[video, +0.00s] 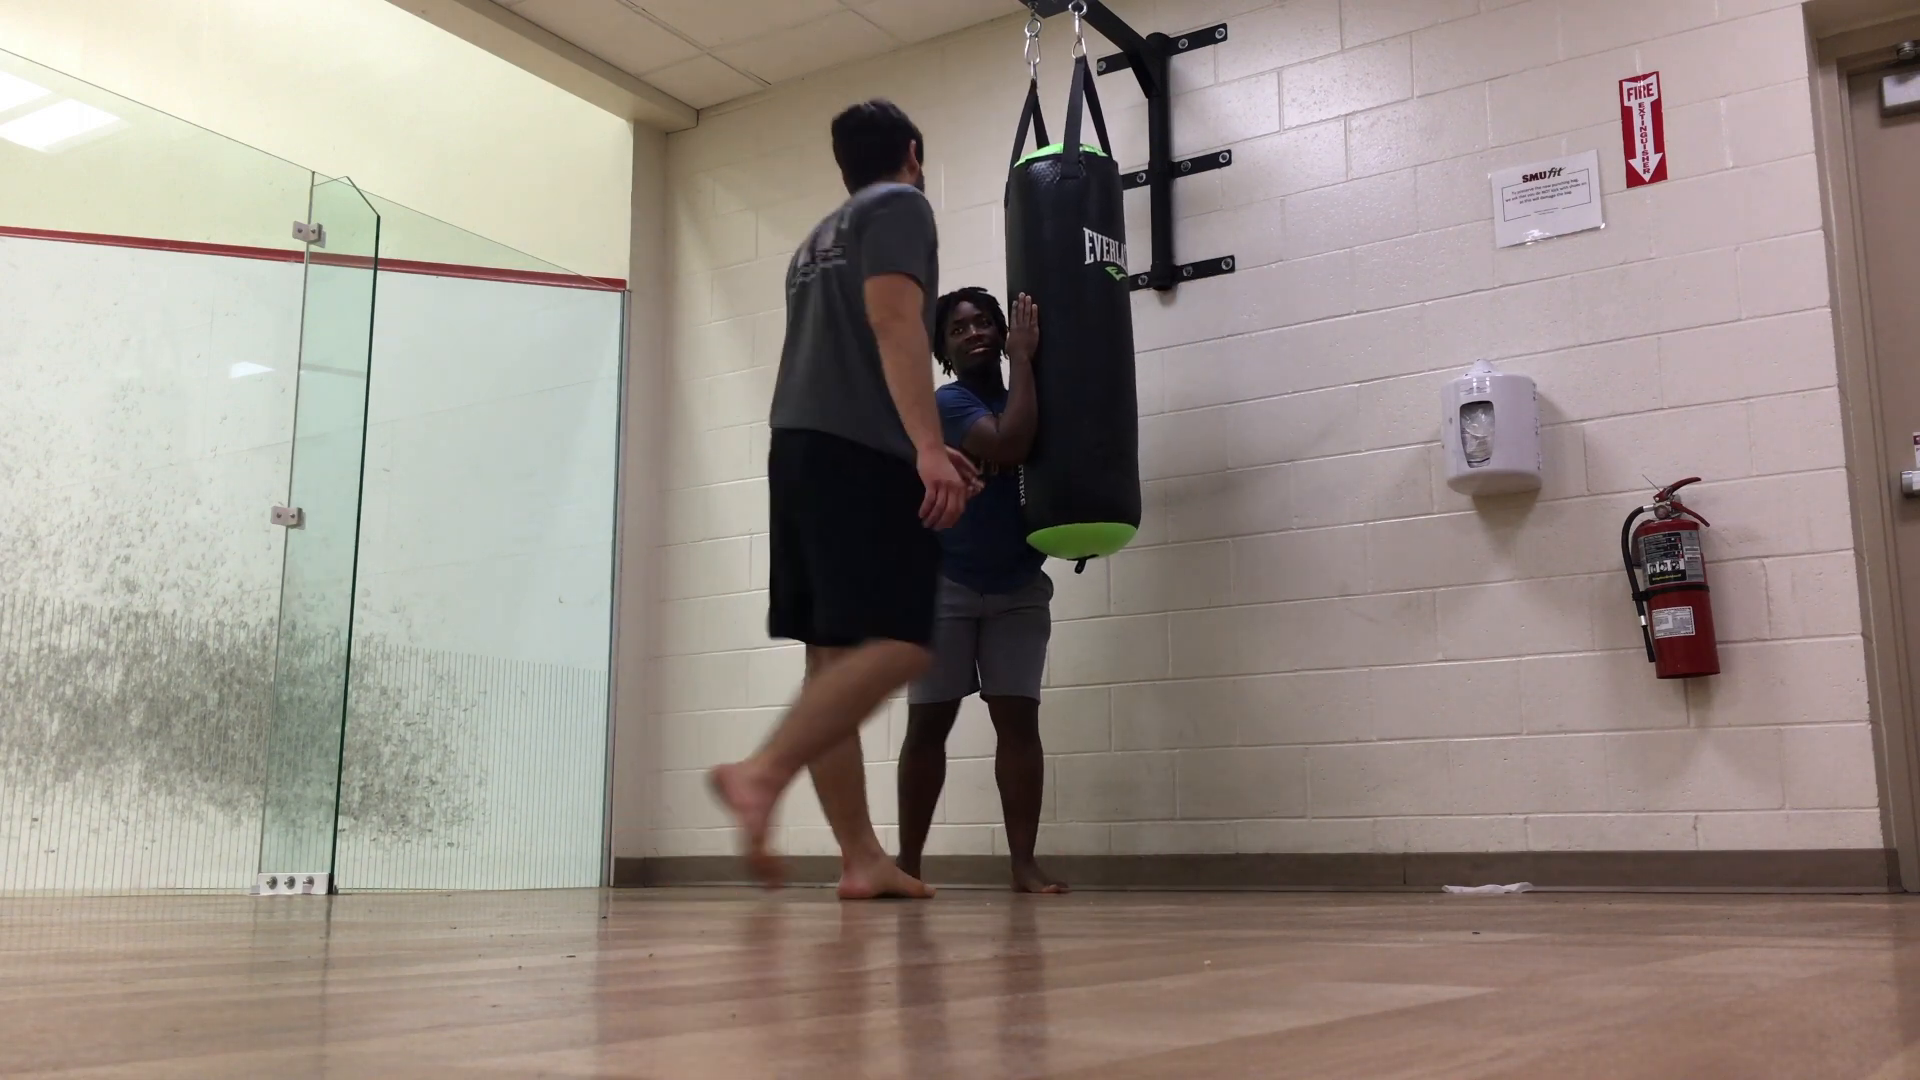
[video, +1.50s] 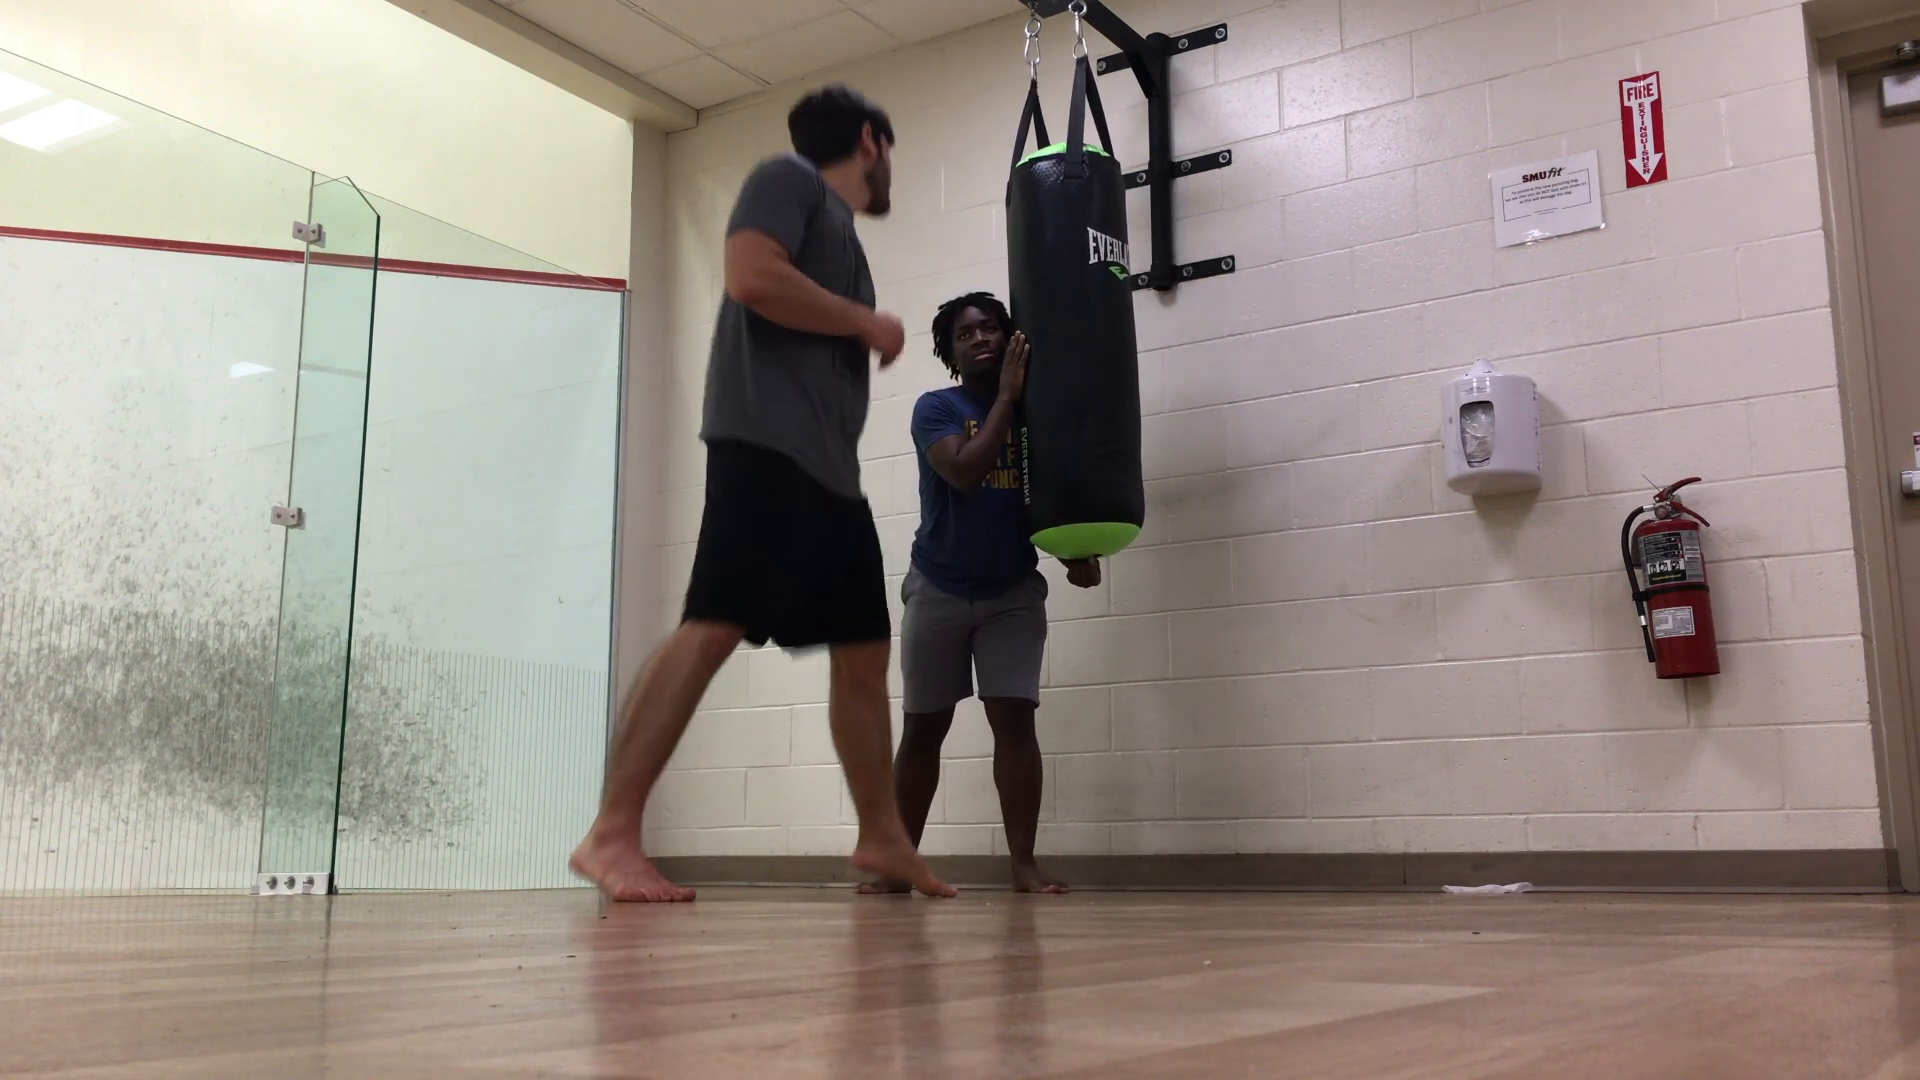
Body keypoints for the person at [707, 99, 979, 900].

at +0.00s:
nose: (923, 174)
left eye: (917, 164)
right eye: (922, 163)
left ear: (846, 168)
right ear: (911, 158)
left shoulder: (817, 237)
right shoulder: (897, 203)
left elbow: (817, 356)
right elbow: (893, 316)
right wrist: (930, 445)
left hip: (802, 450)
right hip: (863, 448)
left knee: (830, 653)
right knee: (903, 644)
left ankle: (863, 857)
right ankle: (756, 775)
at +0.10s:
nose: (935, 180)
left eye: (933, 169)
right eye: (934, 169)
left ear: (857, 175)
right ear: (924, 164)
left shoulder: (818, 249)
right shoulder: (915, 211)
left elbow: (797, 353)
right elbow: (909, 316)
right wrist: (949, 445)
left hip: (812, 463)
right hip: (888, 460)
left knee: (837, 651)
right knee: (945, 649)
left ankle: (860, 861)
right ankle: (840, 776)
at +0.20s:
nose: (950, 192)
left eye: (947, 181)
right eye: (949, 181)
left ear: (871, 182)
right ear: (940, 176)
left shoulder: (824, 259)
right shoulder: (930, 219)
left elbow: (798, 388)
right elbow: (926, 319)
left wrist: (855, 441)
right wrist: (971, 444)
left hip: (832, 472)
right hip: (917, 465)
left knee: (845, 659)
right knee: (960, 648)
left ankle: (862, 860)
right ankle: (926, 832)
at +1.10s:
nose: (945, 214)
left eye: (946, 201)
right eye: (945, 198)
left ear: (879, 189)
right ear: (927, 186)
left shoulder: (860, 243)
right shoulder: (893, 226)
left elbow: (856, 388)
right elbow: (857, 306)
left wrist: (932, 449)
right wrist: (945, 395)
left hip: (845, 465)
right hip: (869, 461)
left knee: (853, 657)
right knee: (893, 629)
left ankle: (870, 854)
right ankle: (894, 826)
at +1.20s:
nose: (933, 197)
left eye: (932, 183)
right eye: (931, 182)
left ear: (865, 172)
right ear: (914, 171)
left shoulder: (878, 253)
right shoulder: (856, 219)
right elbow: (828, 308)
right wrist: (940, 368)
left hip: (876, 463)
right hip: (846, 450)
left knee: (863, 665)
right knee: (847, 589)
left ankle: (871, 857)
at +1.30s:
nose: (914, 184)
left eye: (914, 169)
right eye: (914, 167)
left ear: (863, 158)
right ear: (895, 156)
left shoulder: (863, 243)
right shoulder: (823, 207)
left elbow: (849, 336)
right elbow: (799, 303)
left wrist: (929, 334)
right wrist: (917, 334)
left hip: (864, 461)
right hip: (820, 443)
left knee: (860, 662)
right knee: (788, 590)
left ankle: (872, 858)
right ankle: (675, 786)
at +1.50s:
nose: (891, 175)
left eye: (892, 162)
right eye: (890, 158)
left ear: (838, 145)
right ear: (867, 141)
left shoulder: (840, 242)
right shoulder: (786, 176)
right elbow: (751, 274)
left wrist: (861, 336)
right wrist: (866, 321)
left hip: (826, 466)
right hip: (760, 447)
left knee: (864, 642)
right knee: (713, 626)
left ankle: (882, 840)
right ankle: (610, 834)